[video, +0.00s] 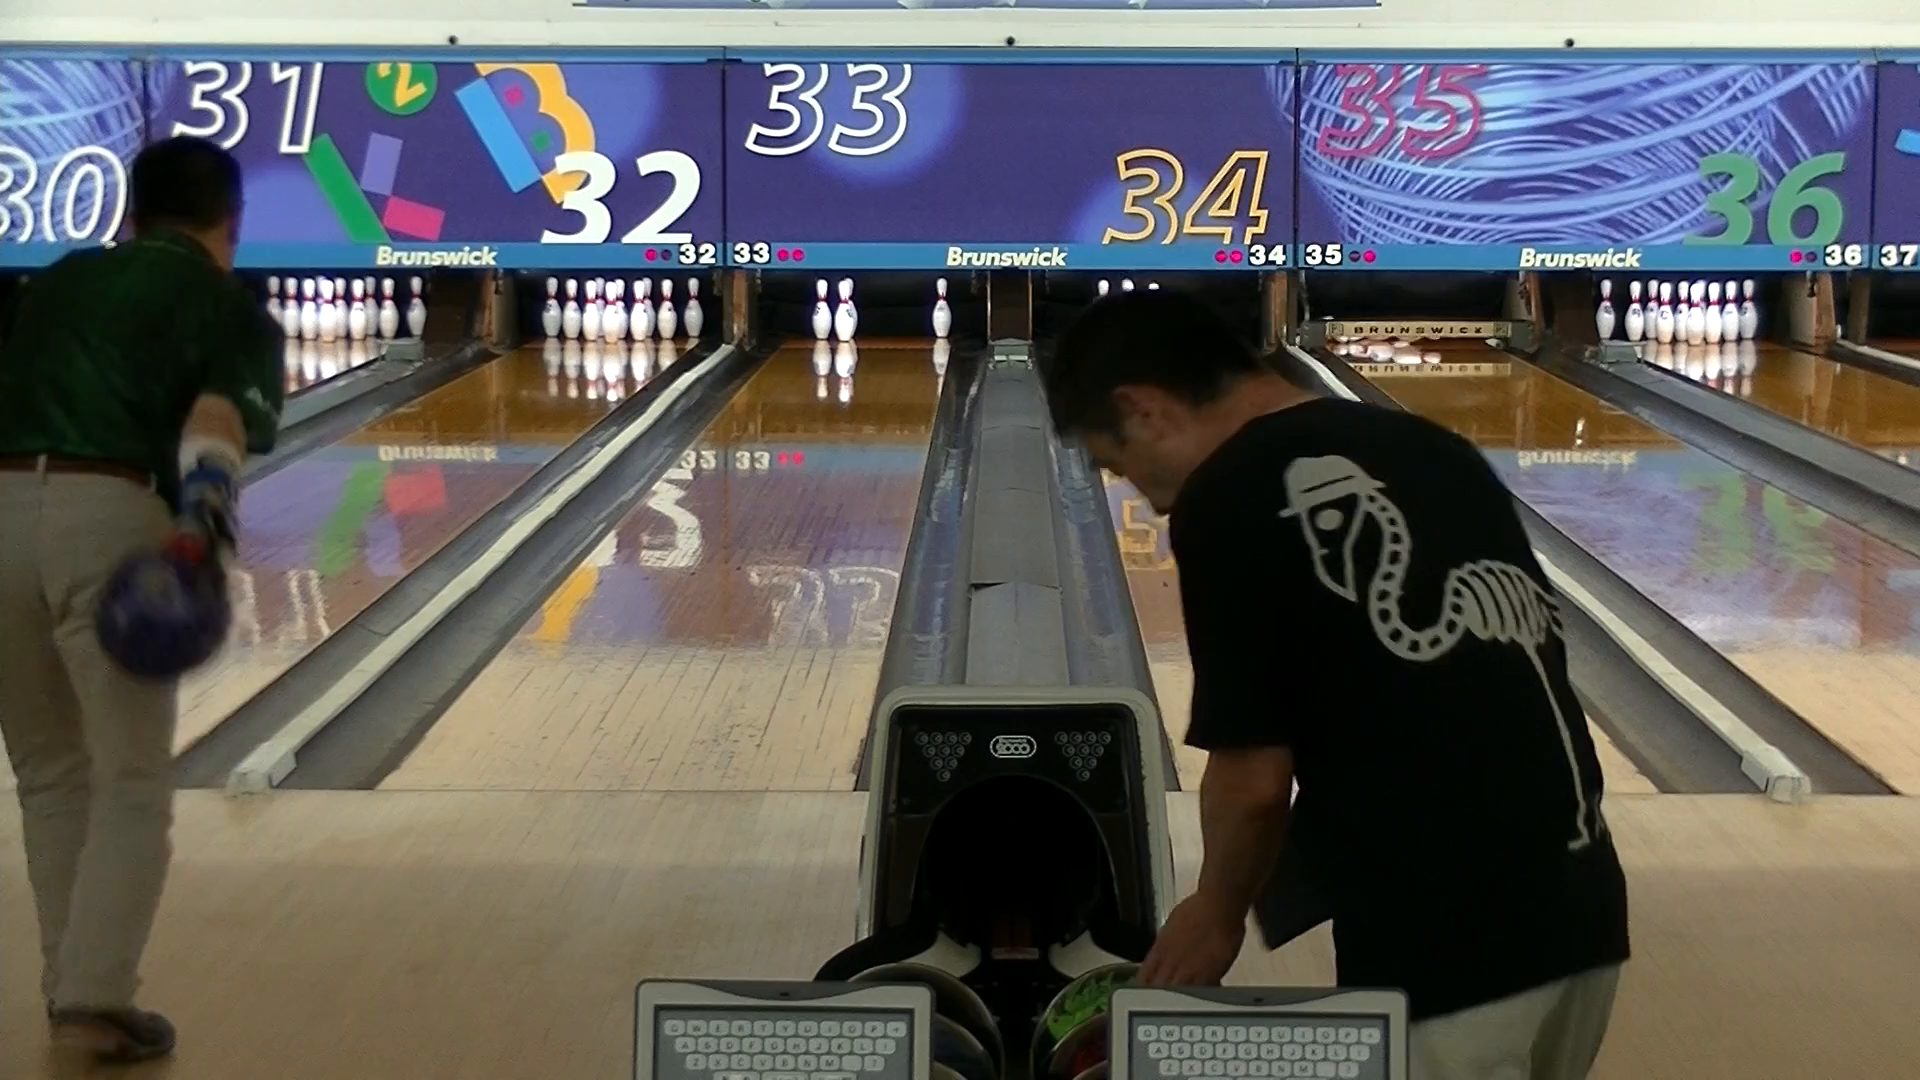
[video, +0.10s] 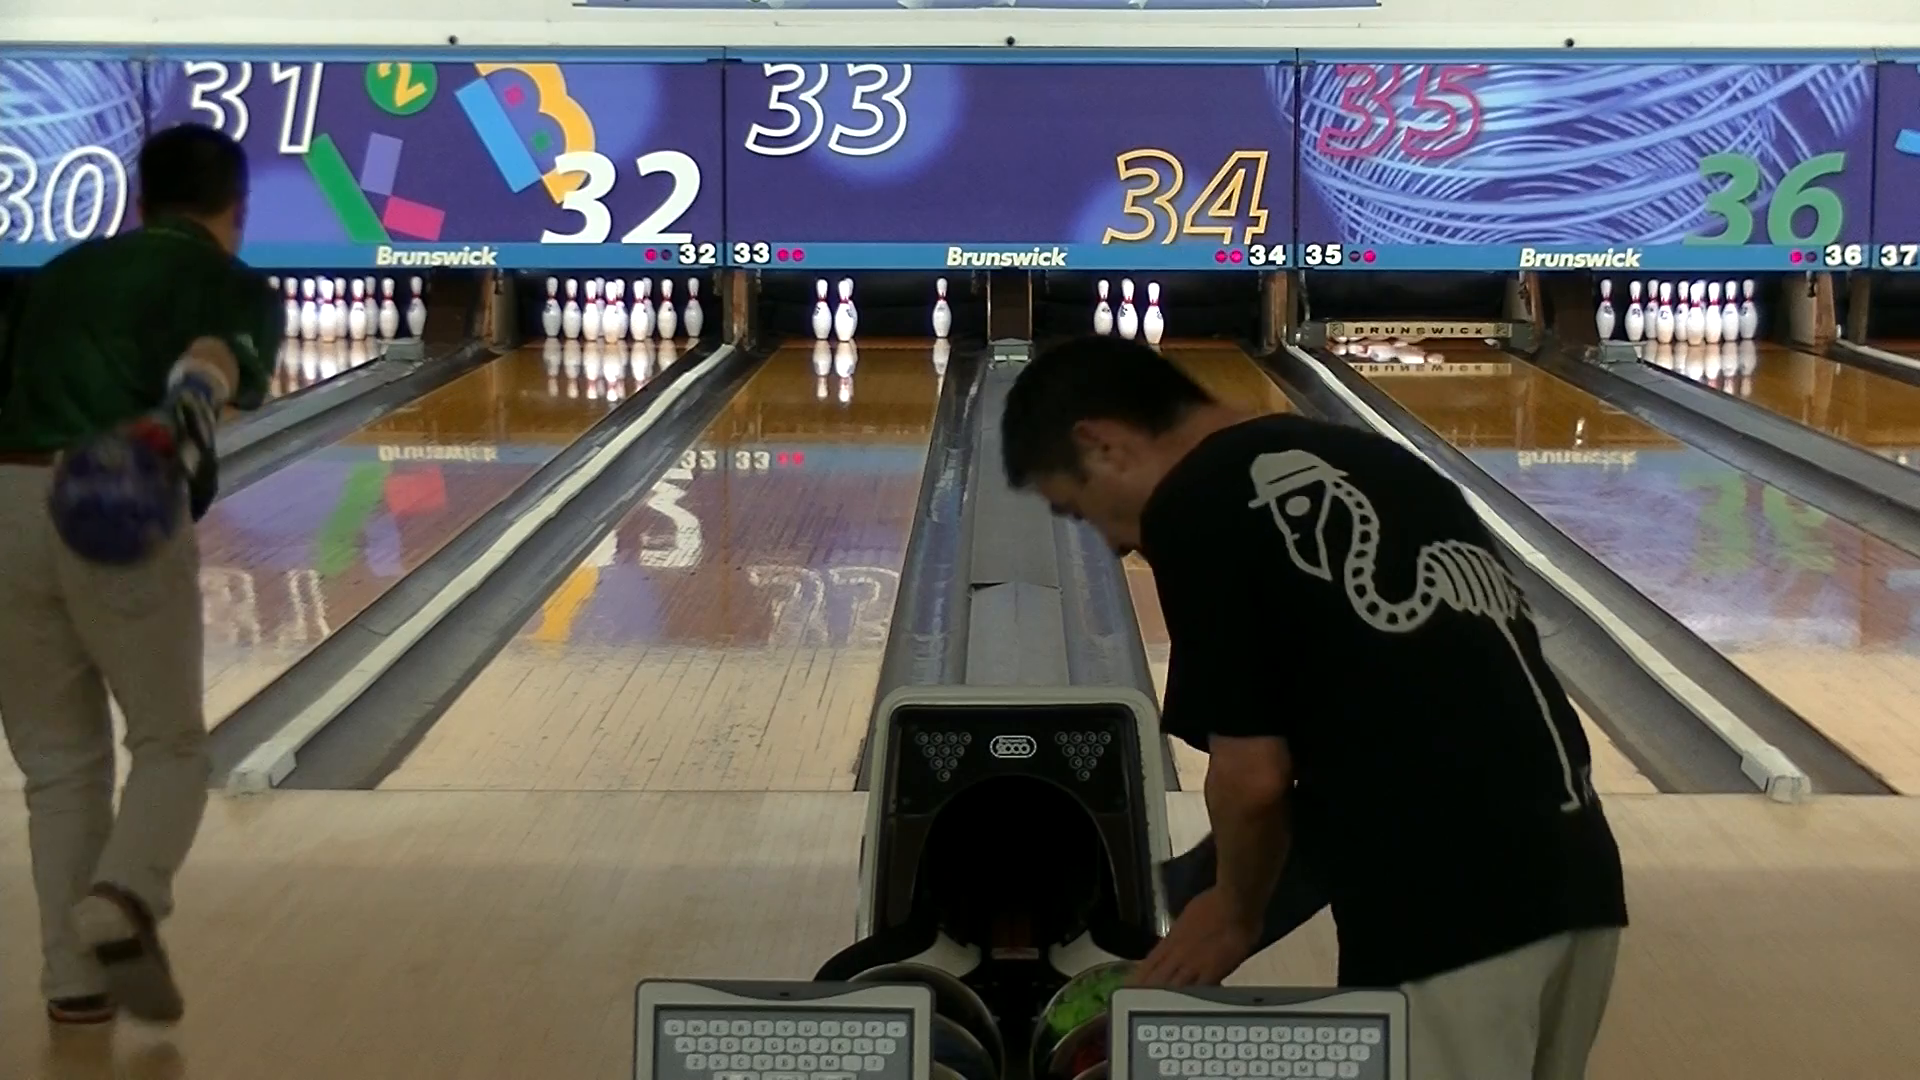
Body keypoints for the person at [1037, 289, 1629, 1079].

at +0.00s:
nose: (1139, 496)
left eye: (1117, 465)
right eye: (1115, 474)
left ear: (1147, 411)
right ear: (1239, 367)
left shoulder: (1227, 499)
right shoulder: (1436, 445)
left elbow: (1254, 780)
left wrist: (1216, 910)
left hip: (1437, 949)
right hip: (1584, 914)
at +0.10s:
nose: (1112, 542)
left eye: (1081, 509)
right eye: (1081, 518)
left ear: (1105, 443)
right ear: (1176, 405)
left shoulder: (1200, 502)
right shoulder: (1370, 455)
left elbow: (1254, 777)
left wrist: (1235, 905)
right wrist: (1228, 922)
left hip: (1438, 913)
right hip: (1577, 877)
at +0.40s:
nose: (1043, 646)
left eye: (1012, 620)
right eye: (1014, 631)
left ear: (1032, 550)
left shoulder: (1122, 562)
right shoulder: (1266, 519)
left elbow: (1197, 814)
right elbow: (1314, 801)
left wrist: (1151, 999)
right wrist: (1193, 935)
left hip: (1451, 873)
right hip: (1545, 837)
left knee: (1474, 1063)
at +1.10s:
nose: (1056, 563)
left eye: (1028, 536)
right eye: (1027, 551)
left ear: (1049, 453)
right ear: (1056, 440)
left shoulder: (1164, 510)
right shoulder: (1288, 451)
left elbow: (1251, 761)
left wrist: (1157, 881)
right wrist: (1177, 878)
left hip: (1431, 903)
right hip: (1543, 862)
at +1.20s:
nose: (1083, 499)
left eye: (1055, 470)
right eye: (1052, 482)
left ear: (1094, 390)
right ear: (1097, 384)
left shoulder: (1195, 472)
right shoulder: (1338, 418)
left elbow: (1258, 727)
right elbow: (1382, 680)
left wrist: (1151, 818)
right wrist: (1188, 796)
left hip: (1405, 925)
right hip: (1523, 885)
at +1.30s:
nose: (1101, 454)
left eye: (1077, 420)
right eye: (1072, 432)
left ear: (1125, 347)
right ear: (1129, 341)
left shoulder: (1216, 456)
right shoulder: (1378, 395)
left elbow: (1252, 720)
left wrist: (1145, 792)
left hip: (1389, 944)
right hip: (1519, 906)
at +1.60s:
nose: (1165, 405)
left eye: (1152, 367)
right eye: (1145, 378)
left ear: (1221, 300)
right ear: (1227, 295)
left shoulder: (1306, 432)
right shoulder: (1455, 390)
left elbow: (1350, 705)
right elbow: (1464, 646)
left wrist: (1208, 790)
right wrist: (1254, 670)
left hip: (1398, 963)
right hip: (1535, 926)